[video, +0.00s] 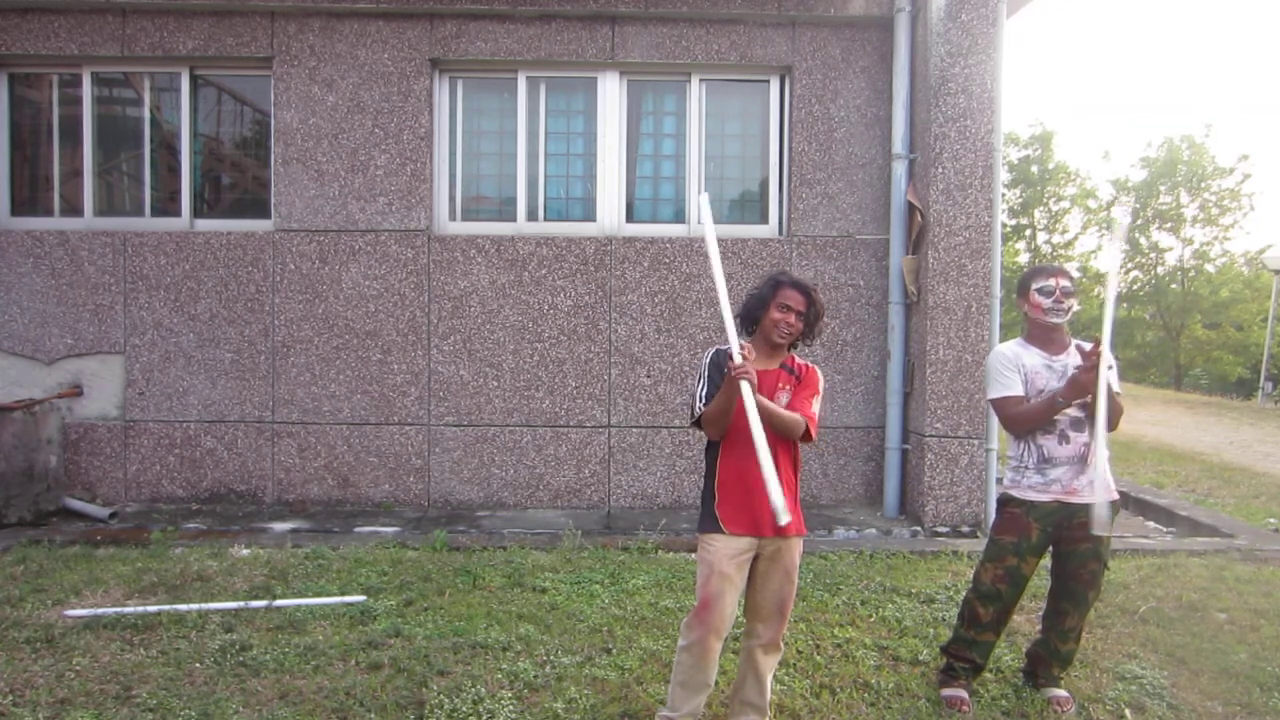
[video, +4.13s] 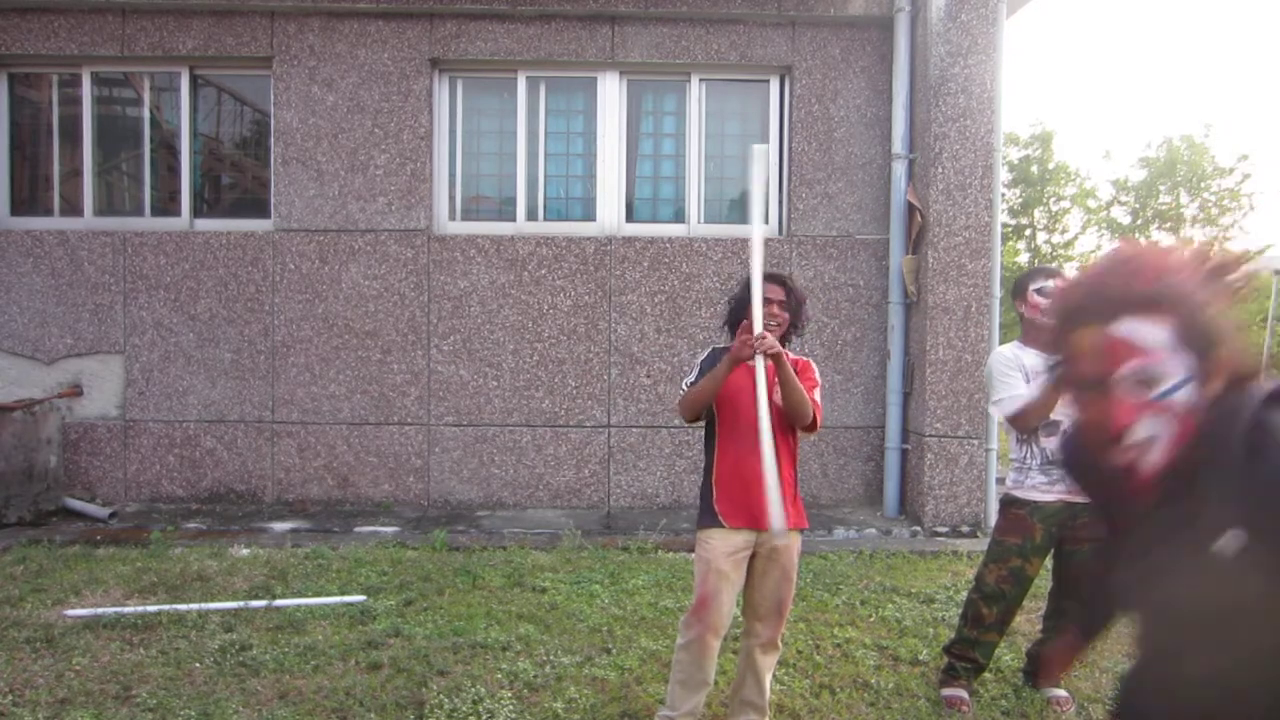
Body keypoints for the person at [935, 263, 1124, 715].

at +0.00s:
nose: (1058, 299)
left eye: (1067, 293)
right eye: (1046, 291)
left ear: (1076, 304)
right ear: (1023, 303)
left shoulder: (1094, 357)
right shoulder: (1006, 356)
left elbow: (1111, 421)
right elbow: (1016, 422)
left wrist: (1098, 375)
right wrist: (1068, 394)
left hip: (1089, 497)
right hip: (1029, 496)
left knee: (1077, 595)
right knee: (994, 586)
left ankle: (1045, 672)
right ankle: (957, 674)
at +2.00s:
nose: (1069, 298)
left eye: (1072, 293)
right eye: (1057, 289)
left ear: (1075, 307)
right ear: (1027, 301)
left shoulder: (1092, 356)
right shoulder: (1008, 356)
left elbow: (1113, 422)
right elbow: (1028, 423)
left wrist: (1119, 376)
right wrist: (1082, 387)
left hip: (1094, 498)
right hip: (1033, 496)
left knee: (1078, 597)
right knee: (997, 588)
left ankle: (1045, 673)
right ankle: (958, 675)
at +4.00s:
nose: (1061, 301)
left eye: (1066, 295)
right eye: (1050, 294)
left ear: (1073, 306)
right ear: (1023, 305)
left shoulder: (1087, 357)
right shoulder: (1007, 357)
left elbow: (1109, 419)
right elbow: (1023, 419)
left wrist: (1113, 372)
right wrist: (1063, 373)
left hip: (1093, 497)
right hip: (1032, 497)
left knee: (1078, 596)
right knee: (998, 587)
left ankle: (1046, 673)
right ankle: (958, 675)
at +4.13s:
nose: (1052, 300)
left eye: (1061, 294)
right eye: (1042, 292)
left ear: (1072, 307)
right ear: (1020, 305)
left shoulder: (1084, 357)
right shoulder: (1006, 358)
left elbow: (1107, 416)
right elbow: (1023, 421)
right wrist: (1063, 376)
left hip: (1085, 501)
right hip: (1030, 500)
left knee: (1080, 598)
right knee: (996, 591)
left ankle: (1047, 673)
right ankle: (958, 677)